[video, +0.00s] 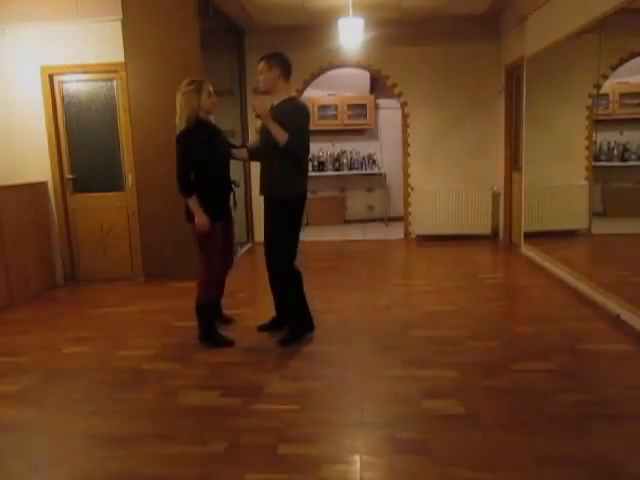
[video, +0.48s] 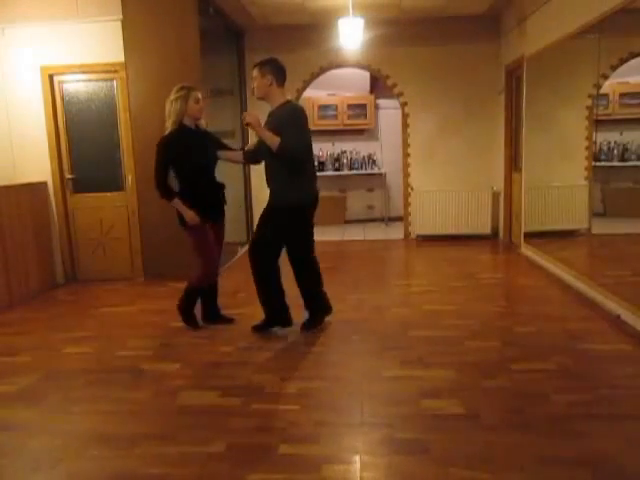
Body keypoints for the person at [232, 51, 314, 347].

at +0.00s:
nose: (258, 78)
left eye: (263, 72)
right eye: (258, 73)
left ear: (278, 74)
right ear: (273, 75)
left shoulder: (295, 109)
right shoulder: (274, 111)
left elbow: (297, 149)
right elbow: (263, 151)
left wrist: (267, 121)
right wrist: (228, 151)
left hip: (290, 194)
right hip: (274, 193)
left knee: (282, 259)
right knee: (273, 257)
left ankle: (302, 323)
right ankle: (283, 314)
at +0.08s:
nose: (257, 81)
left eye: (261, 75)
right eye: (257, 76)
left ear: (276, 76)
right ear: (274, 78)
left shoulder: (294, 110)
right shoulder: (274, 112)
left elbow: (298, 151)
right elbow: (260, 151)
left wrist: (269, 126)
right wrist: (226, 149)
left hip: (290, 195)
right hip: (276, 194)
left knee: (274, 255)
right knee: (271, 254)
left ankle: (300, 310)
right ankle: (285, 311)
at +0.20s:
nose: (255, 83)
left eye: (259, 76)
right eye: (255, 77)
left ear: (274, 77)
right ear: (273, 79)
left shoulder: (293, 111)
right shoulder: (273, 114)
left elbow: (298, 153)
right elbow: (258, 152)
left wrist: (268, 130)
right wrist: (223, 146)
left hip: (291, 197)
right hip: (276, 197)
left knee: (274, 257)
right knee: (271, 256)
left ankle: (305, 298)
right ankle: (285, 312)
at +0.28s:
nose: (254, 84)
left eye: (258, 78)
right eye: (255, 78)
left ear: (273, 79)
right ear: (273, 80)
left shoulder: (294, 112)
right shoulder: (273, 115)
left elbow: (298, 153)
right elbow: (257, 152)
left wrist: (266, 130)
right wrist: (221, 147)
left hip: (294, 198)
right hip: (278, 198)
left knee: (280, 257)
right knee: (274, 258)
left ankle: (309, 300)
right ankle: (286, 313)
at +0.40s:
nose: (253, 85)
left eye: (257, 79)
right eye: (254, 80)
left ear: (271, 80)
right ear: (272, 81)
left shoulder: (293, 112)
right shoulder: (274, 116)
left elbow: (297, 151)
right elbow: (256, 155)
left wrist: (263, 130)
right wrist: (219, 150)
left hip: (297, 197)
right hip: (280, 197)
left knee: (288, 255)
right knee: (267, 252)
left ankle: (316, 305)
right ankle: (284, 312)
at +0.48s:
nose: (253, 86)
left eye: (256, 80)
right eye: (253, 81)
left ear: (271, 81)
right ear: (272, 82)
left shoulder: (291, 112)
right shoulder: (275, 116)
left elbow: (293, 151)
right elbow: (253, 156)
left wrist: (260, 130)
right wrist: (216, 152)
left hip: (292, 198)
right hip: (288, 198)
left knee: (260, 252)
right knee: (301, 254)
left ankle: (277, 314)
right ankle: (318, 307)